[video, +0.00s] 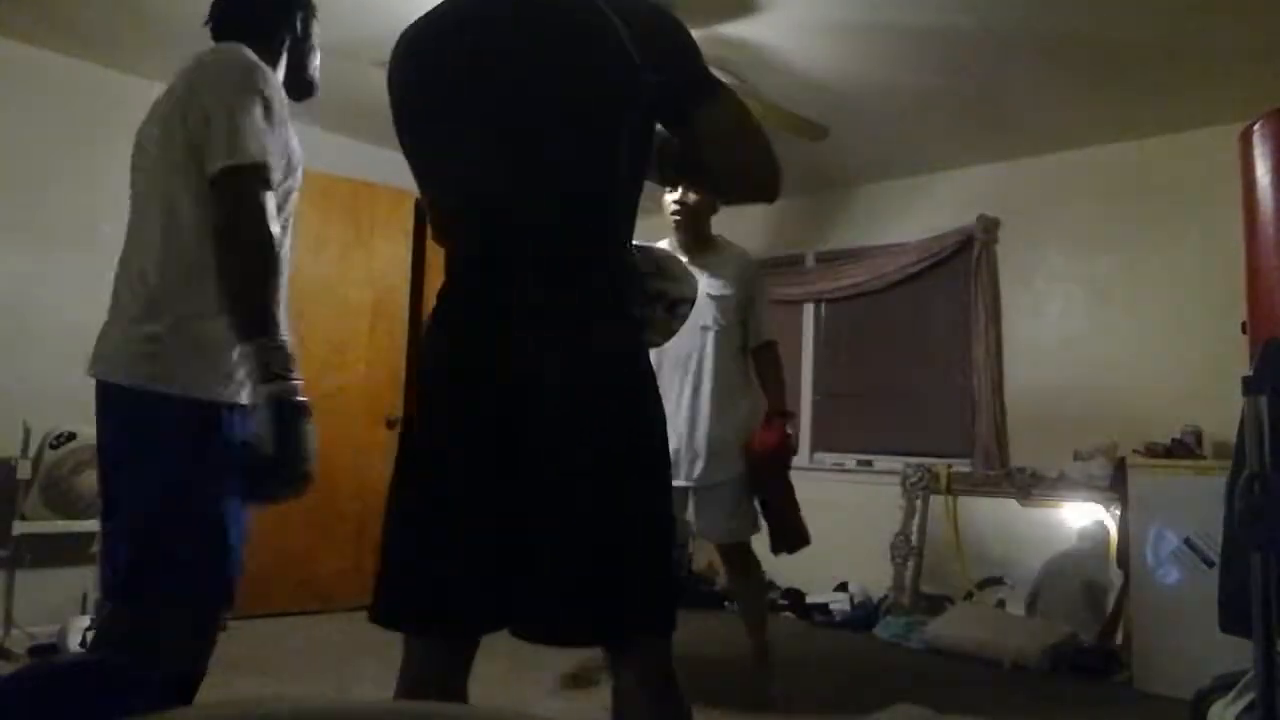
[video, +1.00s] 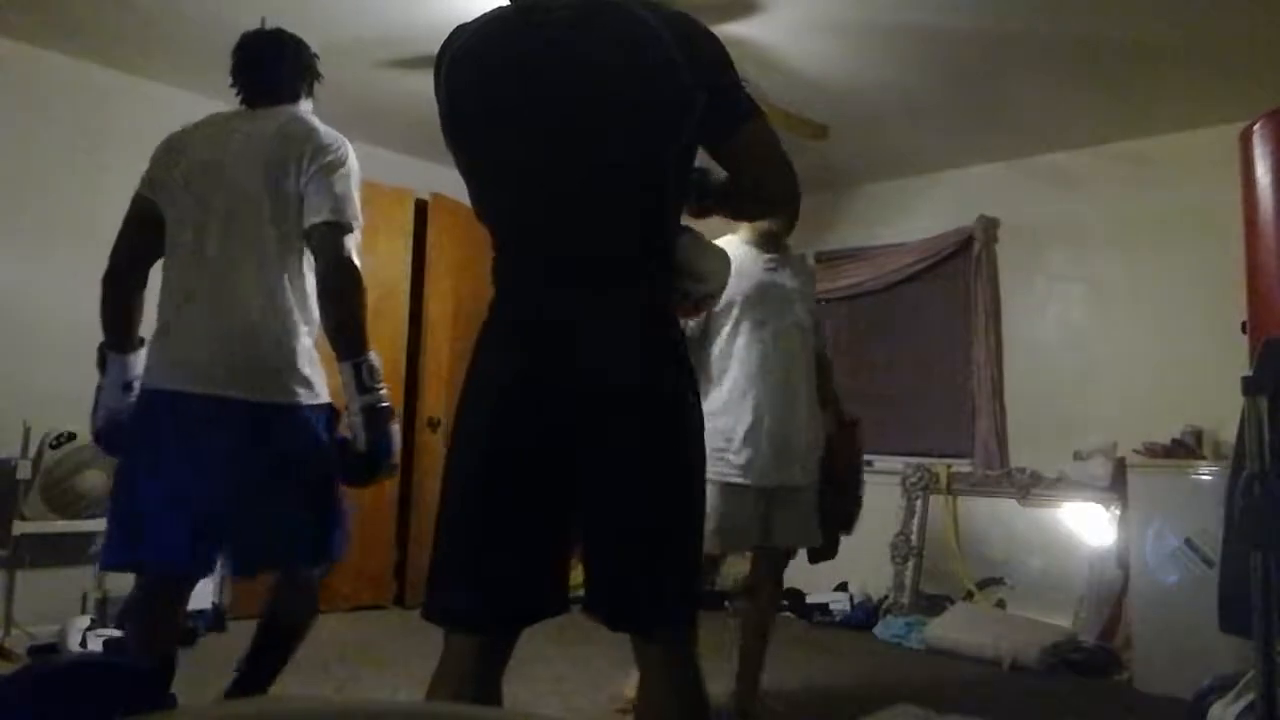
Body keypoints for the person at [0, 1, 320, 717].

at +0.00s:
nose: (319, 51)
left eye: (317, 31)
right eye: (313, 28)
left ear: (235, 21)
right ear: (287, 24)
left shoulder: (196, 85)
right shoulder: (237, 75)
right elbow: (243, 236)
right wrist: (284, 395)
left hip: (157, 394)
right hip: (184, 400)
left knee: (146, 654)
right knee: (163, 663)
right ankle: (13, 698)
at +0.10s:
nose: (323, 60)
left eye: (324, 40)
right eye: (322, 37)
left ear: (238, 22)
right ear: (296, 29)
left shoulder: (167, 95)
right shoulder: (253, 79)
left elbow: (122, 254)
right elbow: (279, 236)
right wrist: (316, 394)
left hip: (129, 382)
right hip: (187, 395)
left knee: (122, 622)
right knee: (155, 658)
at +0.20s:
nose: (320, 66)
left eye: (321, 48)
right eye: (320, 44)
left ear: (233, 23)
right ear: (303, 33)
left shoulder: (156, 91)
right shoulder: (268, 81)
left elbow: (97, 244)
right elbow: (298, 241)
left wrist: (109, 364)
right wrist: (345, 388)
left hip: (117, 379)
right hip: (193, 389)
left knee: (122, 609)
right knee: (156, 621)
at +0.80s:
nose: (297, 76)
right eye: (296, 64)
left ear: (216, 64)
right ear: (291, 63)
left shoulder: (155, 130)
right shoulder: (306, 135)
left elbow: (100, 262)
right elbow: (316, 263)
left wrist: (86, 388)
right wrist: (344, 397)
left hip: (142, 393)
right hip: (242, 401)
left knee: (145, 586)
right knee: (251, 588)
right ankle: (155, 718)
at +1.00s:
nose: (317, 92)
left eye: (315, 84)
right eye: (315, 82)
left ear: (238, 83)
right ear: (303, 82)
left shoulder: (181, 146)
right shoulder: (319, 146)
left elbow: (124, 268)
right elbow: (336, 266)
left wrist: (116, 377)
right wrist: (367, 394)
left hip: (172, 397)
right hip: (275, 401)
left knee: (161, 577)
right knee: (303, 571)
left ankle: (142, 709)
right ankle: (240, 702)